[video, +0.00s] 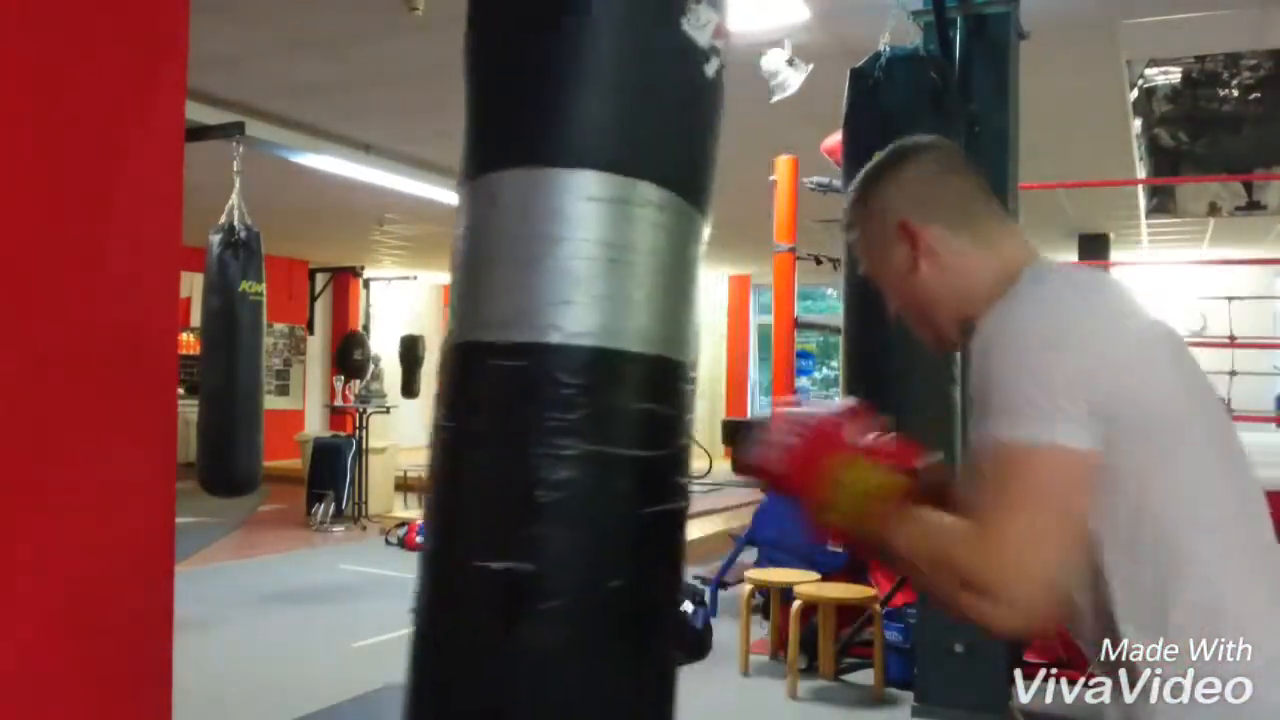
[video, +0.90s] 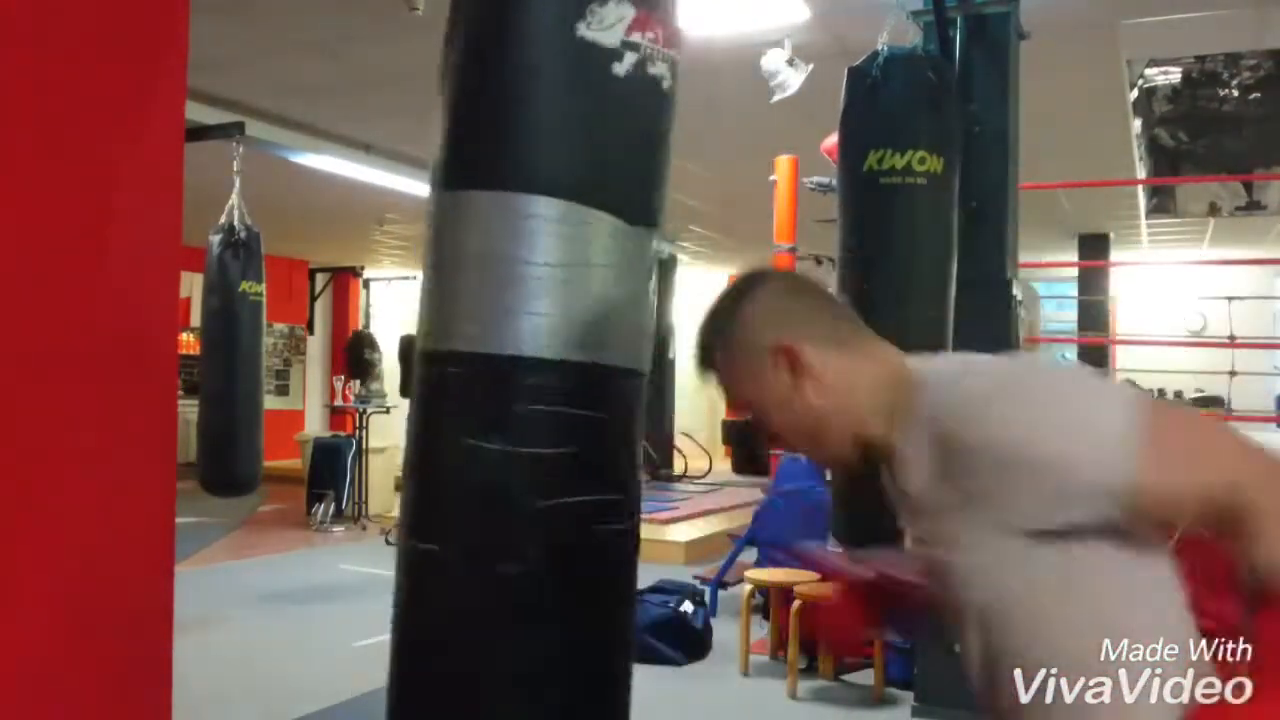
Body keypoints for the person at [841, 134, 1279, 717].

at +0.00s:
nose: (894, 310)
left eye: (885, 283)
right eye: (880, 288)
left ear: (915, 247)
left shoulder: (1033, 329)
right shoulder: (1086, 306)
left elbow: (1013, 591)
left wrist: (874, 507)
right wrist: (925, 492)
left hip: (1191, 699)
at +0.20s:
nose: (946, 287)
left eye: (945, 256)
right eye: (937, 264)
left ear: (1004, 215)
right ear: (1008, 211)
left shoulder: (1096, 305)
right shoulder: (1139, 297)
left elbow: (979, 518)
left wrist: (808, 470)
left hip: (1200, 693)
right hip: (1237, 686)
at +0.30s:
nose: (966, 303)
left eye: (970, 270)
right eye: (960, 280)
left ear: (1036, 230)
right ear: (1040, 231)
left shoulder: (1117, 318)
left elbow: (1130, 556)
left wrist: (952, 493)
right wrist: (1012, 479)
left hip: (1200, 697)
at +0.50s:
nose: (938, 316)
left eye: (940, 299)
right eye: (931, 302)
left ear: (996, 264)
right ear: (1035, 262)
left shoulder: (986, 338)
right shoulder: (1216, 361)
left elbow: (867, 469)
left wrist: (690, 464)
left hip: (1112, 698)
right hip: (1263, 699)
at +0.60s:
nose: (859, 323)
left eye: (855, 297)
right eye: (849, 304)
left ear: (915, 267)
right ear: (962, 259)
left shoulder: (949, 329)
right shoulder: (1165, 351)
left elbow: (815, 481)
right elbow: (1276, 442)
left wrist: (680, 440)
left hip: (1099, 695)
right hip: (1250, 692)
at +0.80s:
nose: (796, 445)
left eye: (789, 421)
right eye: (780, 427)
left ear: (846, 363)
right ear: (846, 363)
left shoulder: (1042, 402)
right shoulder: (901, 460)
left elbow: (1199, 605)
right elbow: (841, 531)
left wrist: (975, 592)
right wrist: (714, 486)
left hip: (1208, 692)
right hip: (1074, 689)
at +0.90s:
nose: (775, 442)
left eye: (760, 417)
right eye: (757, 424)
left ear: (797, 368)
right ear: (802, 364)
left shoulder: (990, 413)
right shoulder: (914, 446)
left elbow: (1253, 479)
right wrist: (905, 593)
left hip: (1130, 700)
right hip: (1039, 698)